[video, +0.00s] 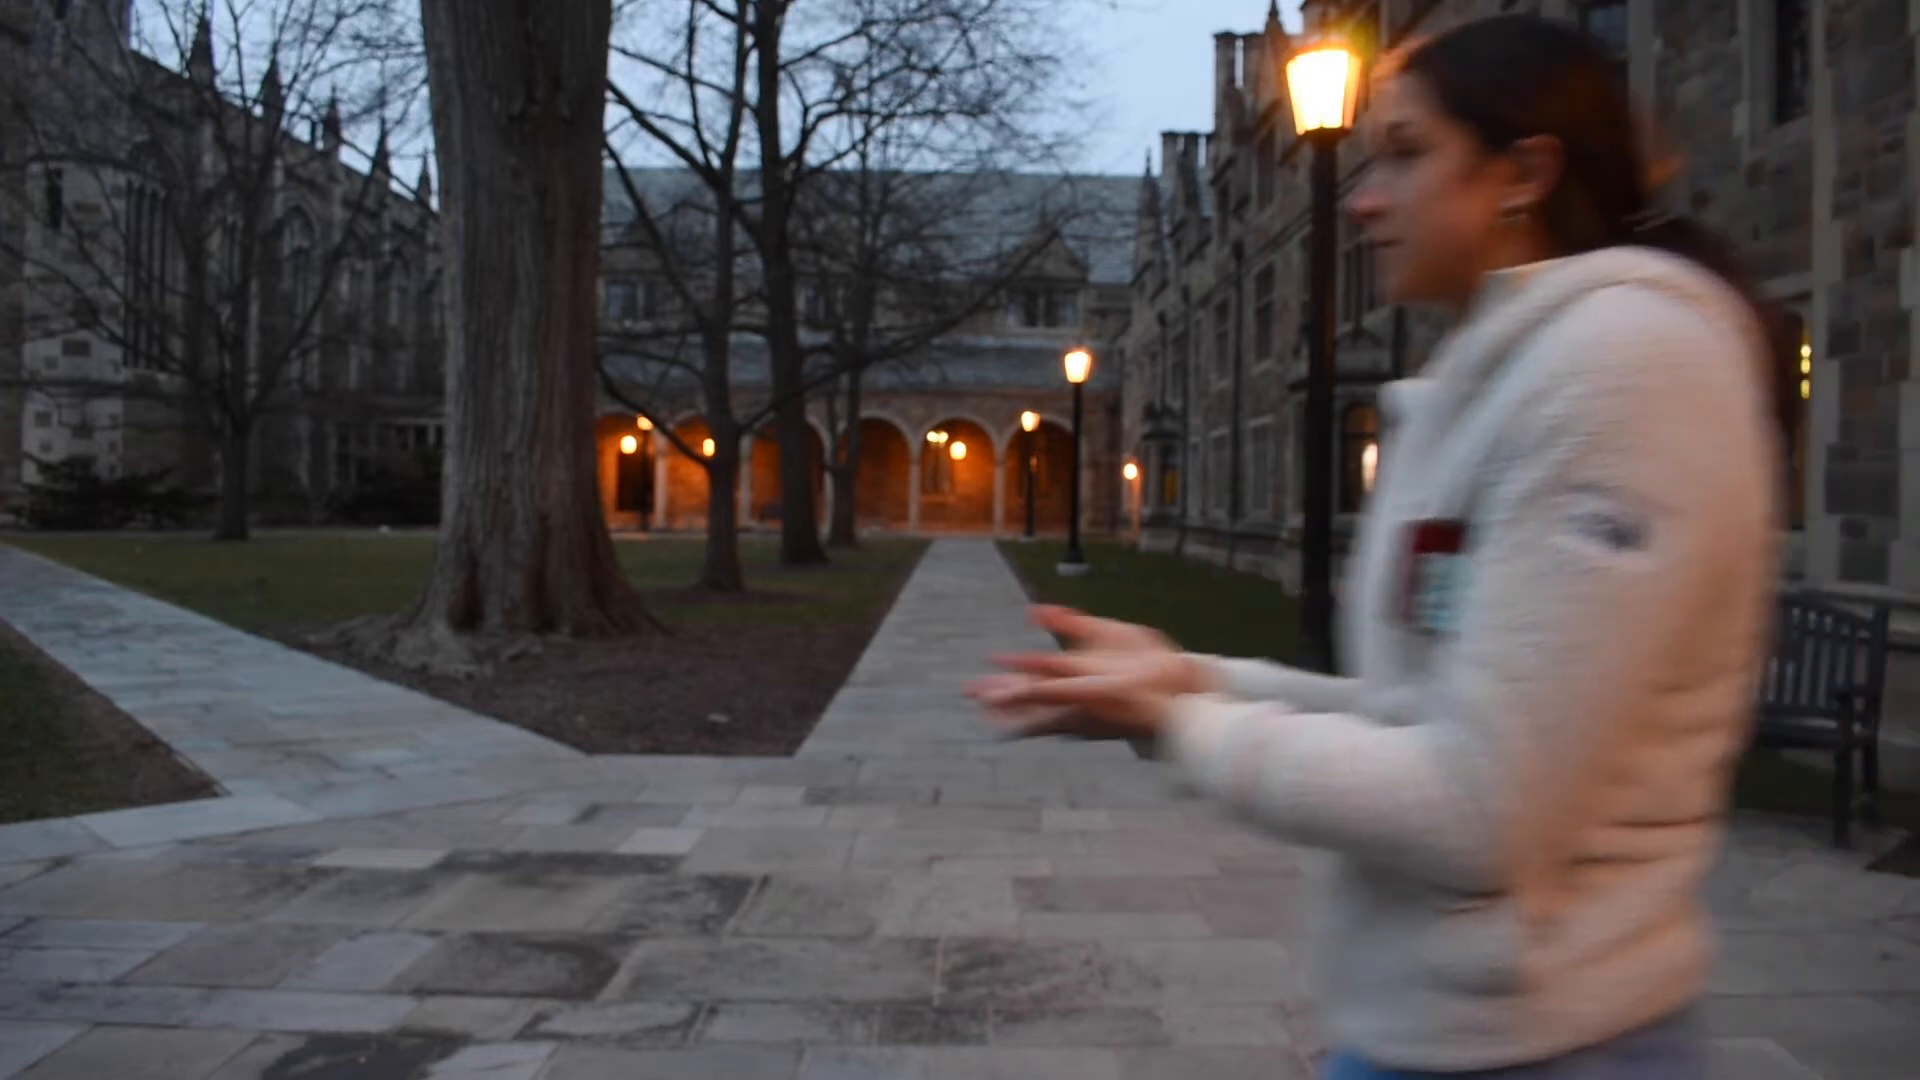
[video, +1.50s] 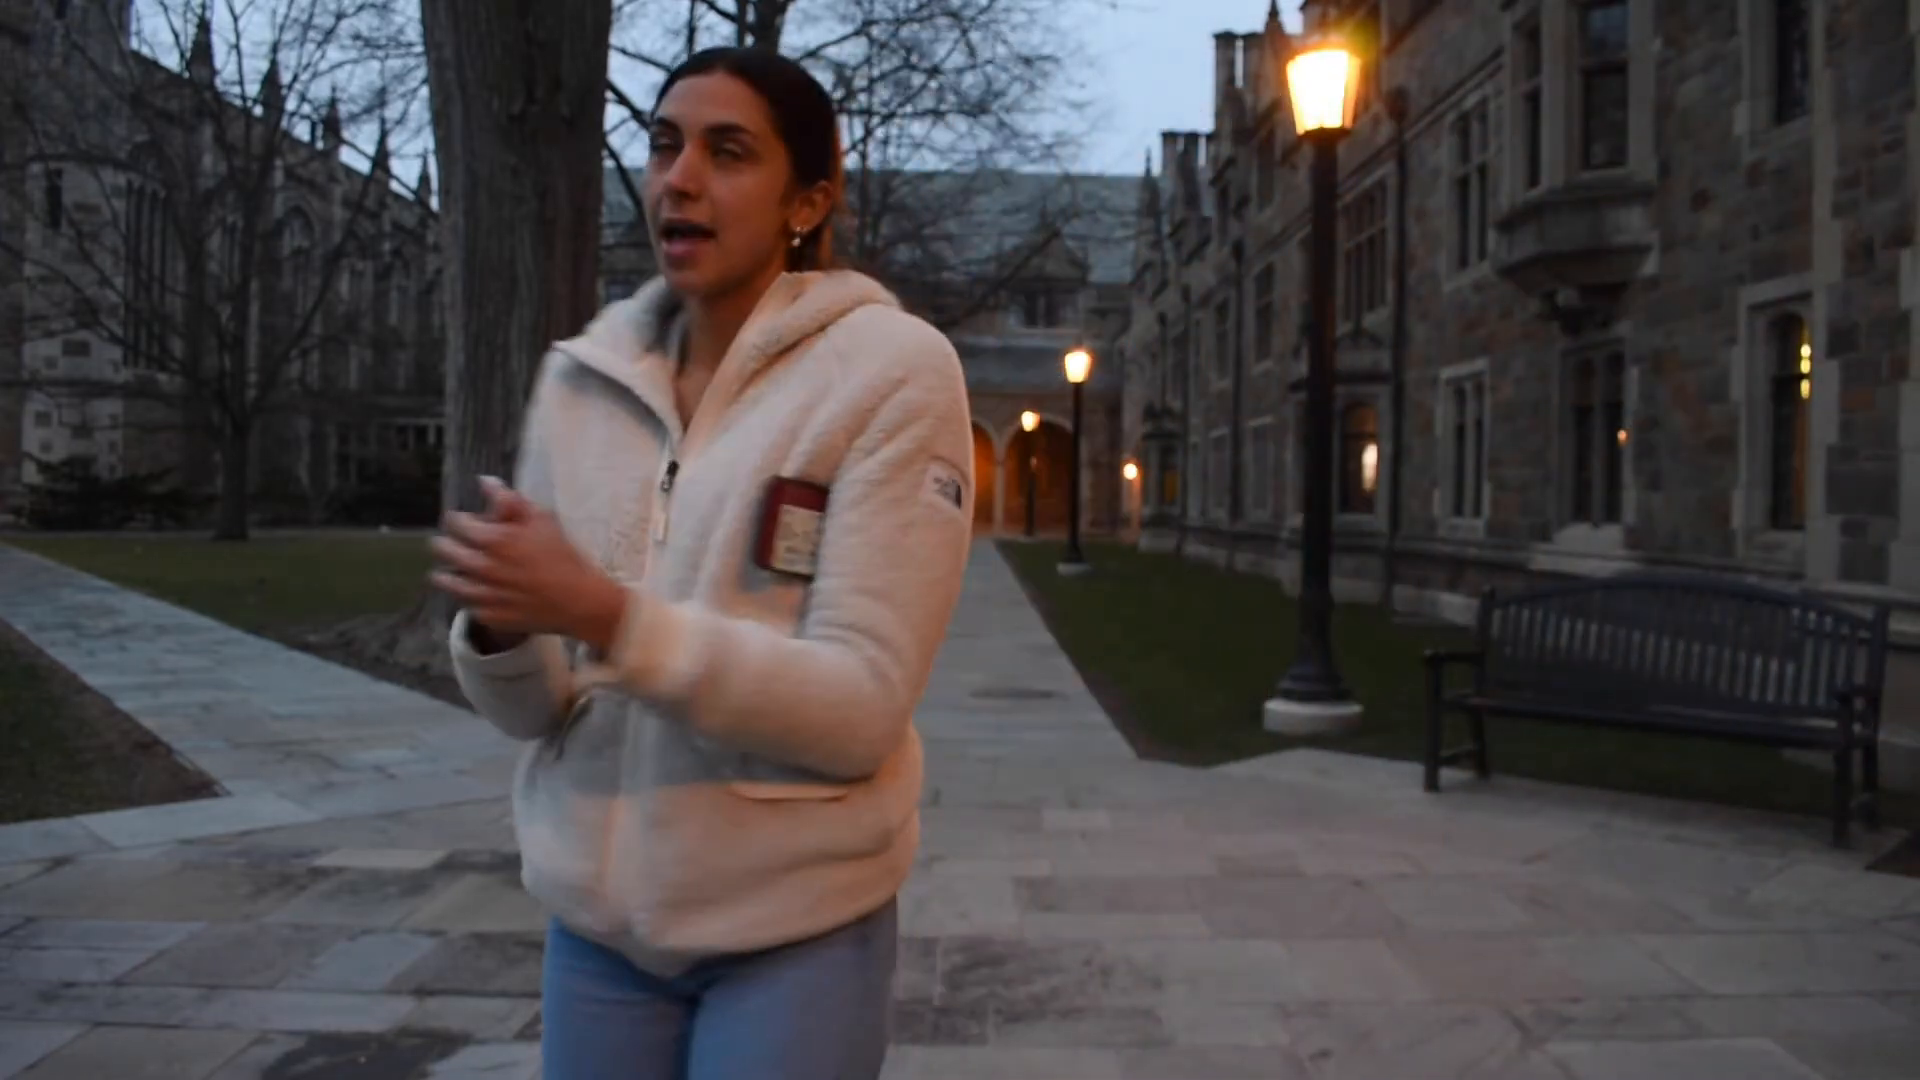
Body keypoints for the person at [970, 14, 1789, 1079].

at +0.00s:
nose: (1361, 199)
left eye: (1403, 153)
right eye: (1368, 158)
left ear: (1524, 172)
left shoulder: (1631, 354)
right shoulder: (1485, 369)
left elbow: (1485, 811)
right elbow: (1440, 723)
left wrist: (1180, 718)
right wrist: (1194, 681)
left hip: (1547, 1036)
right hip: (1431, 1026)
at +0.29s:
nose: (1147, 194)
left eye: (1182, 153)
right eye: (1162, 156)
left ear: (1292, 177)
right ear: (1285, 180)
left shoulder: (1366, 348)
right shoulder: (1287, 348)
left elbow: (1217, 772)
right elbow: (1180, 694)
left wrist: (931, 706)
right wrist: (943, 661)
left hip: (1256, 1016)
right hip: (1210, 1003)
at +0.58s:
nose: (952, 183)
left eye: (986, 146)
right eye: (969, 146)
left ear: (1087, 172)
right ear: (1083, 176)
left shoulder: (1157, 335)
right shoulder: (1101, 331)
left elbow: (1015, 749)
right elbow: (997, 673)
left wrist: (737, 685)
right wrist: (769, 651)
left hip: (1078, 992)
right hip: (1057, 980)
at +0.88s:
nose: (788, 185)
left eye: (826, 148)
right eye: (804, 148)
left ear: (928, 184)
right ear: (921, 188)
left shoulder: (980, 352)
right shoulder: (934, 348)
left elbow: (812, 753)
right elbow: (807, 677)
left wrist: (531, 644)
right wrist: (604, 608)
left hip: (870, 992)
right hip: (859, 981)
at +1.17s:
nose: (689, 185)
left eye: (731, 151)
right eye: (699, 151)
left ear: (842, 188)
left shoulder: (910, 357)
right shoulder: (760, 358)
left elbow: (777, 741)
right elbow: (709, 674)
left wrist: (500, 616)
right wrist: (503, 604)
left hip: (805, 971)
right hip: (675, 953)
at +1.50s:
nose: (679, 179)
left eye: (729, 152)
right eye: (666, 145)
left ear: (808, 200)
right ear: (646, 173)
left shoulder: (896, 374)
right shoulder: (581, 374)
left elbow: (860, 709)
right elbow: (533, 712)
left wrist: (603, 613)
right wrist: (498, 617)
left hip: (797, 928)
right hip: (598, 924)